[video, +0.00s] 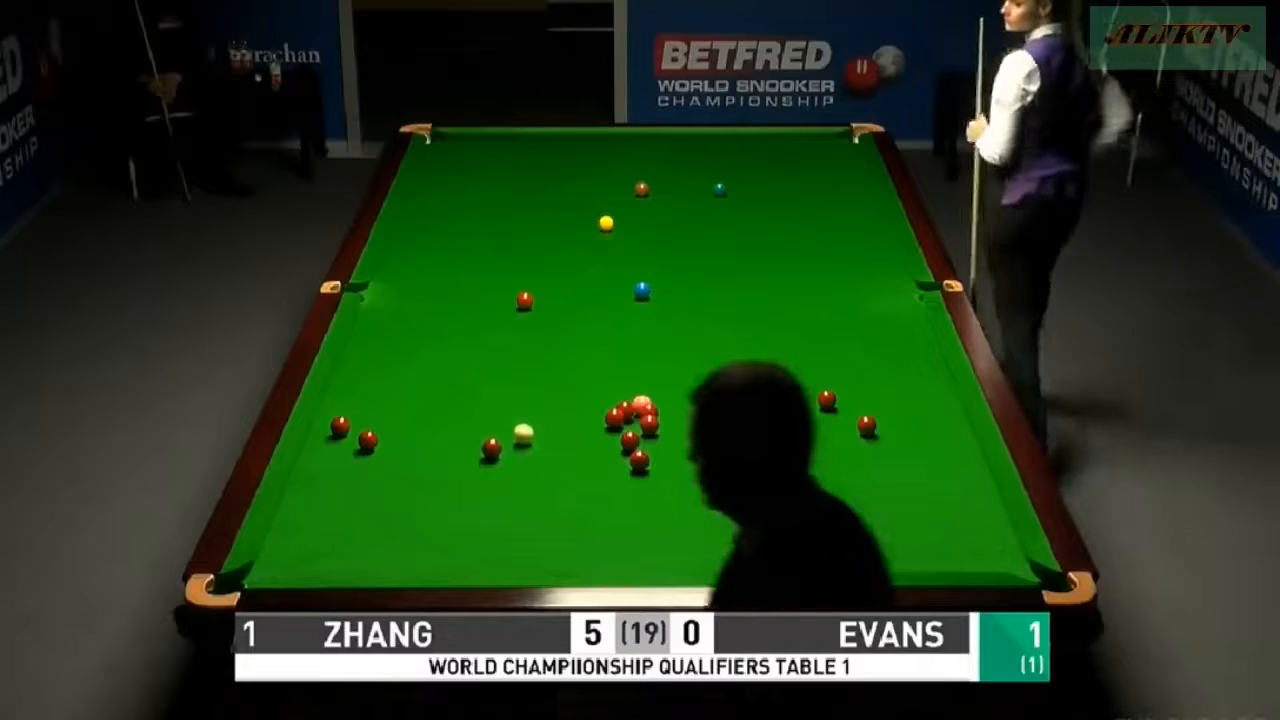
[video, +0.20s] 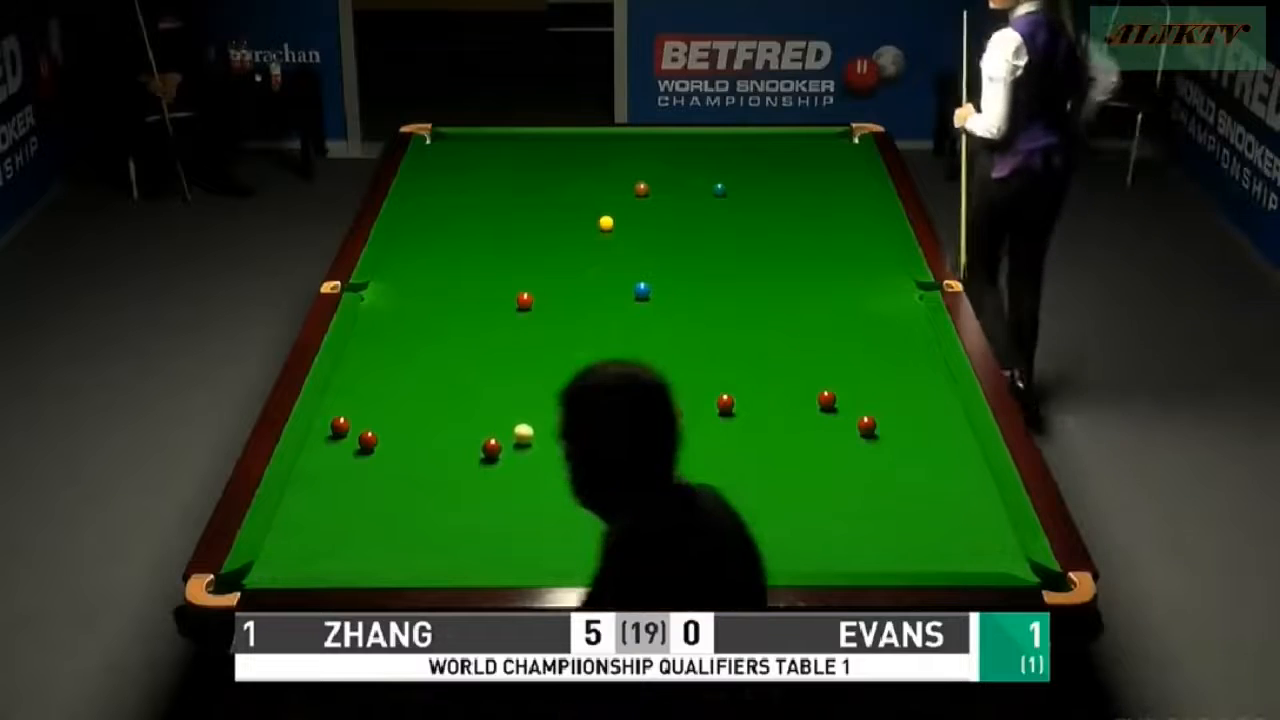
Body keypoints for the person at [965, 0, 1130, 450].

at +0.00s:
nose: (1005, 8)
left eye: (1014, 2)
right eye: (1006, 1)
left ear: (1041, 8)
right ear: (1045, 10)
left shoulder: (1019, 64)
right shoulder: (1077, 58)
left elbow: (999, 149)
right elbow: (1118, 117)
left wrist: (980, 132)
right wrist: (1076, 149)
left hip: (1024, 203)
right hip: (1065, 197)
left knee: (1015, 314)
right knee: (1030, 299)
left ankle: (1029, 439)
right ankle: (1017, 399)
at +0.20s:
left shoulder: (1005, 42)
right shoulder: (1063, 34)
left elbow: (994, 127)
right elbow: (1108, 75)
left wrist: (967, 119)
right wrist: (1072, 117)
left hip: (1009, 174)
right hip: (1053, 173)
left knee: (979, 271)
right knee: (1027, 271)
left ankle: (1010, 368)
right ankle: (1023, 384)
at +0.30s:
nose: (976, 1)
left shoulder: (994, 34)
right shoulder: (1051, 27)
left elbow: (985, 117)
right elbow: (1066, 95)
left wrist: (958, 112)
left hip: (992, 167)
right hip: (1039, 164)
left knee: (969, 263)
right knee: (1022, 266)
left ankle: (978, 369)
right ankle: (1014, 377)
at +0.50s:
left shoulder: (966, 34)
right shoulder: (1017, 28)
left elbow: (958, 115)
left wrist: (933, 104)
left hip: (971, 162)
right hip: (1016, 160)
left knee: (949, 264)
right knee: (1006, 270)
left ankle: (938, 368)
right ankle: (1008, 382)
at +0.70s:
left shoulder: (930, 20)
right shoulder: (971, 13)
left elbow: (920, 98)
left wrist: (901, 79)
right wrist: (915, 69)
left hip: (942, 141)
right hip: (977, 131)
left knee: (952, 235)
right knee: (972, 229)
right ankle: (999, 318)